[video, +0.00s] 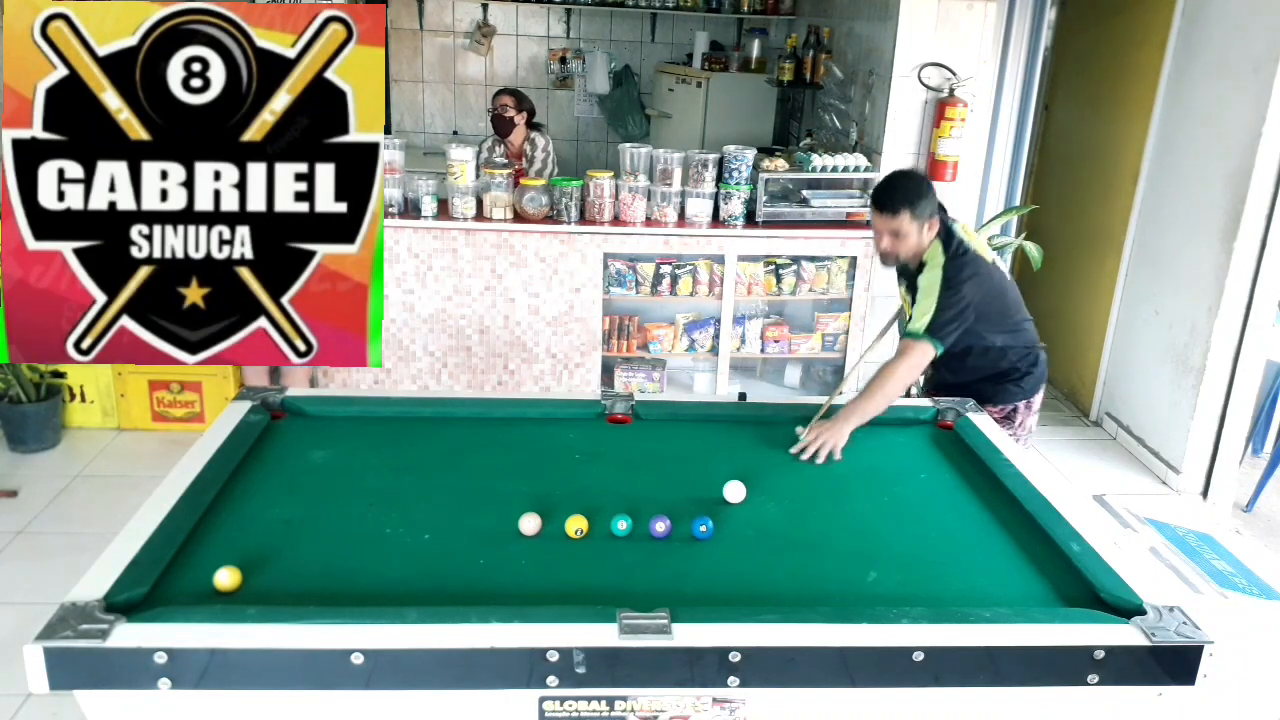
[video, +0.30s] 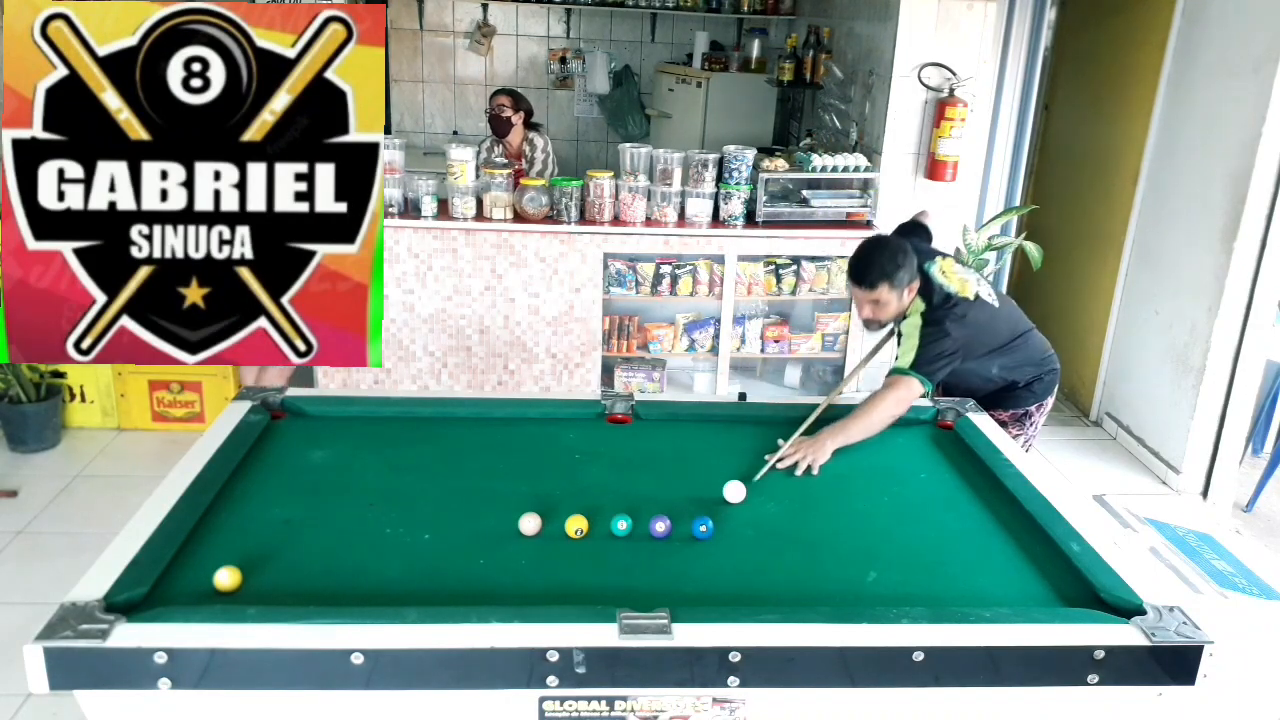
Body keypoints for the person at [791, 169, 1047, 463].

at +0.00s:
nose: (883, 246)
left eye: (895, 235)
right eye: (878, 233)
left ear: (930, 228)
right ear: (873, 222)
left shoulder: (956, 271)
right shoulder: (920, 239)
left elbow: (911, 362)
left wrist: (843, 422)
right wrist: (912, 301)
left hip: (1004, 390)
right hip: (949, 380)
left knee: (985, 495)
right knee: (936, 486)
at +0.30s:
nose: (864, 314)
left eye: (877, 304)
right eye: (858, 301)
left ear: (910, 292)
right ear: (852, 284)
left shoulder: (939, 321)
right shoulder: (906, 252)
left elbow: (897, 396)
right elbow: (921, 218)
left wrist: (827, 439)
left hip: (1023, 381)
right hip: (964, 373)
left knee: (991, 482)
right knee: (949, 469)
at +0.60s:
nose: (857, 340)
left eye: (868, 329)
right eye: (849, 326)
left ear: (901, 316)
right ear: (843, 311)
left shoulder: (934, 343)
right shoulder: (897, 264)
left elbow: (899, 408)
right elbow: (911, 233)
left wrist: (828, 440)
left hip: (1026, 378)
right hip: (976, 364)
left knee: (991, 478)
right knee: (951, 461)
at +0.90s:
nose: (854, 345)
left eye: (866, 336)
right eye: (848, 333)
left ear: (899, 323)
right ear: (843, 317)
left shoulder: (933, 349)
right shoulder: (896, 271)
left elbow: (898, 416)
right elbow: (908, 231)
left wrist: (827, 441)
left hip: (1027, 377)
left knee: (991, 478)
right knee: (952, 462)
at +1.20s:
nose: (851, 347)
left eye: (863, 338)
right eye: (844, 334)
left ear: (897, 325)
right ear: (840, 319)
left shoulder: (930, 350)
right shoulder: (891, 272)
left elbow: (895, 414)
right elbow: (906, 232)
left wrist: (823, 439)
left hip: (1025, 377)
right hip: (975, 360)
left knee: (988, 477)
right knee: (949, 461)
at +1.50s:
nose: (849, 346)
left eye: (860, 336)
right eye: (842, 333)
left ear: (894, 323)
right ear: (838, 316)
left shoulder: (927, 350)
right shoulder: (889, 271)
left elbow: (894, 416)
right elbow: (905, 228)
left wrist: (825, 440)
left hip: (1023, 375)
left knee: (987, 476)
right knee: (949, 460)